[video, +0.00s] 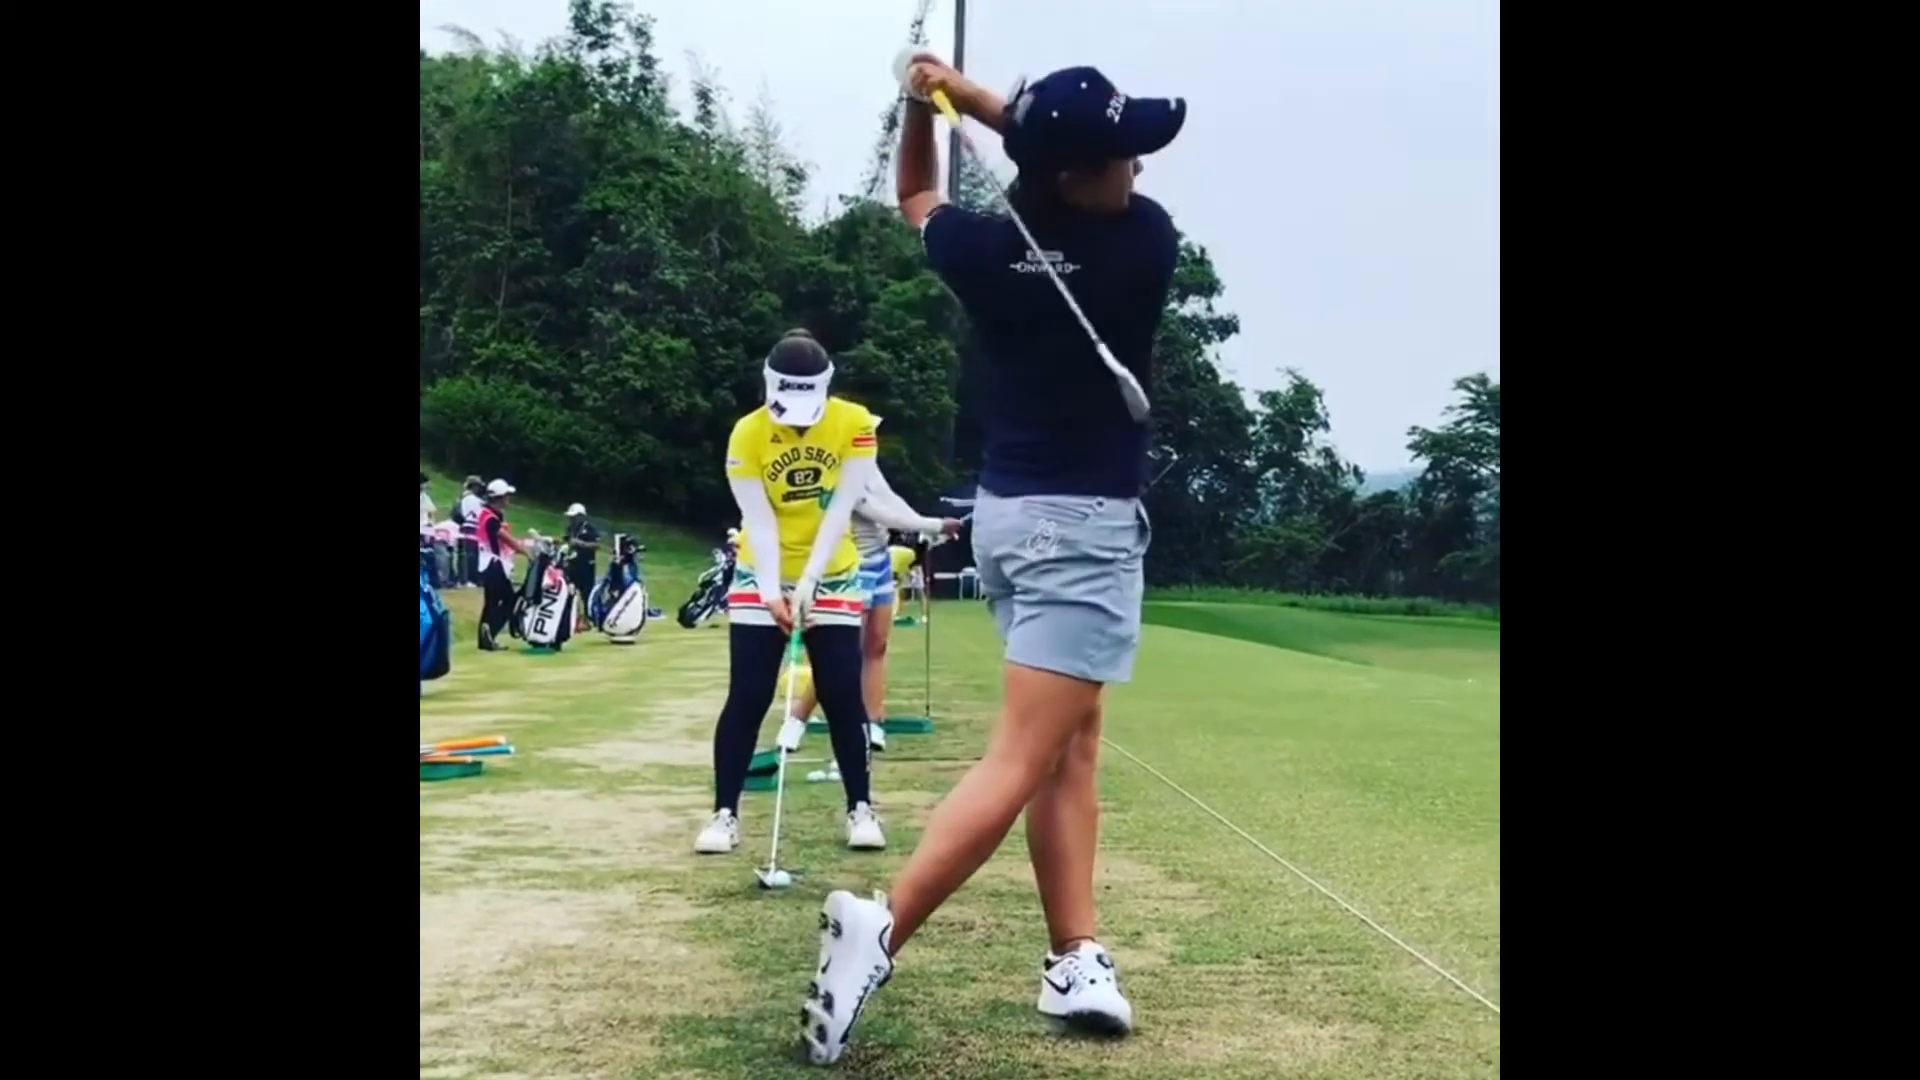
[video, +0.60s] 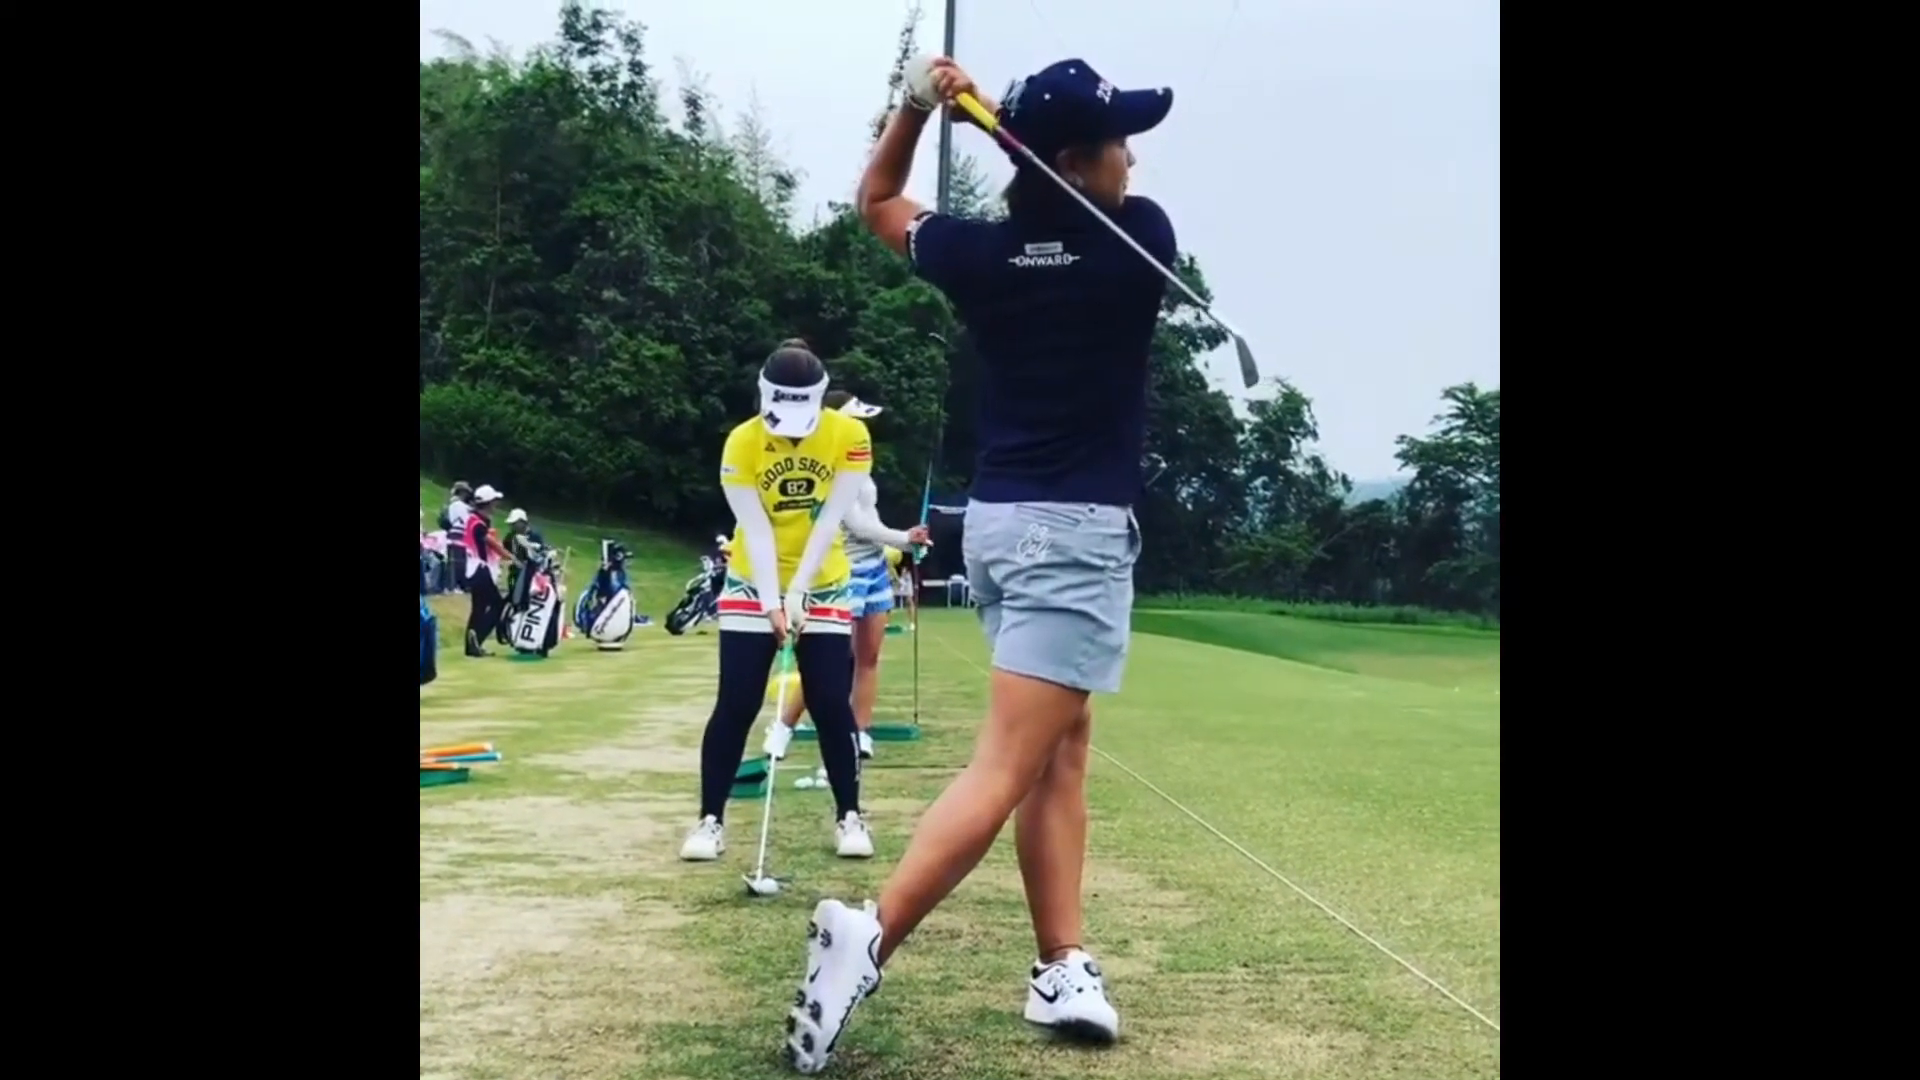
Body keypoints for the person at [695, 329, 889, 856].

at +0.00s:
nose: (795, 414)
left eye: (806, 403)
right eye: (785, 402)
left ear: (825, 387)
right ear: (769, 387)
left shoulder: (855, 424)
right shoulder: (746, 436)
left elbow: (844, 506)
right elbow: (758, 522)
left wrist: (808, 579)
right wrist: (769, 586)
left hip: (834, 575)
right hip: (759, 574)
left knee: (842, 696)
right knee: (747, 696)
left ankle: (860, 808)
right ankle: (724, 814)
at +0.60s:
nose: (789, 426)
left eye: (800, 415)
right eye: (780, 414)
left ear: (819, 398)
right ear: (764, 397)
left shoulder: (849, 435)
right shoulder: (741, 445)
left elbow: (833, 517)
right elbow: (755, 529)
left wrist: (797, 588)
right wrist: (770, 598)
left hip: (823, 587)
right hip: (750, 586)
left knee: (830, 702)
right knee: (736, 702)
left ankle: (849, 816)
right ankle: (710, 820)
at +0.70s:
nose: (848, 356)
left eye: (858, 347)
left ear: (880, 344)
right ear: (829, 346)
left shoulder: (895, 400)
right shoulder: (808, 402)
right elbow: (809, 492)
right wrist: (828, 555)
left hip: (874, 564)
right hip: (813, 564)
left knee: (874, 691)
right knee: (816, 681)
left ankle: (868, 785)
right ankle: (811, 788)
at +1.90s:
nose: (811, 408)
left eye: (822, 397)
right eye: (801, 396)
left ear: (842, 383)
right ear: (785, 381)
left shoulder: (872, 420)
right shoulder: (763, 431)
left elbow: (863, 506)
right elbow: (773, 518)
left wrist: (825, 575)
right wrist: (784, 584)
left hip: (850, 574)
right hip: (776, 573)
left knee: (852, 693)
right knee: (761, 691)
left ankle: (868, 807)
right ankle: (735, 809)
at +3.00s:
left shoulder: (898, 409)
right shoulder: (806, 409)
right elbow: (809, 501)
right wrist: (818, 563)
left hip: (884, 547)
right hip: (825, 549)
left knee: (876, 681)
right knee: (805, 667)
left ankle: (871, 786)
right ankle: (789, 786)